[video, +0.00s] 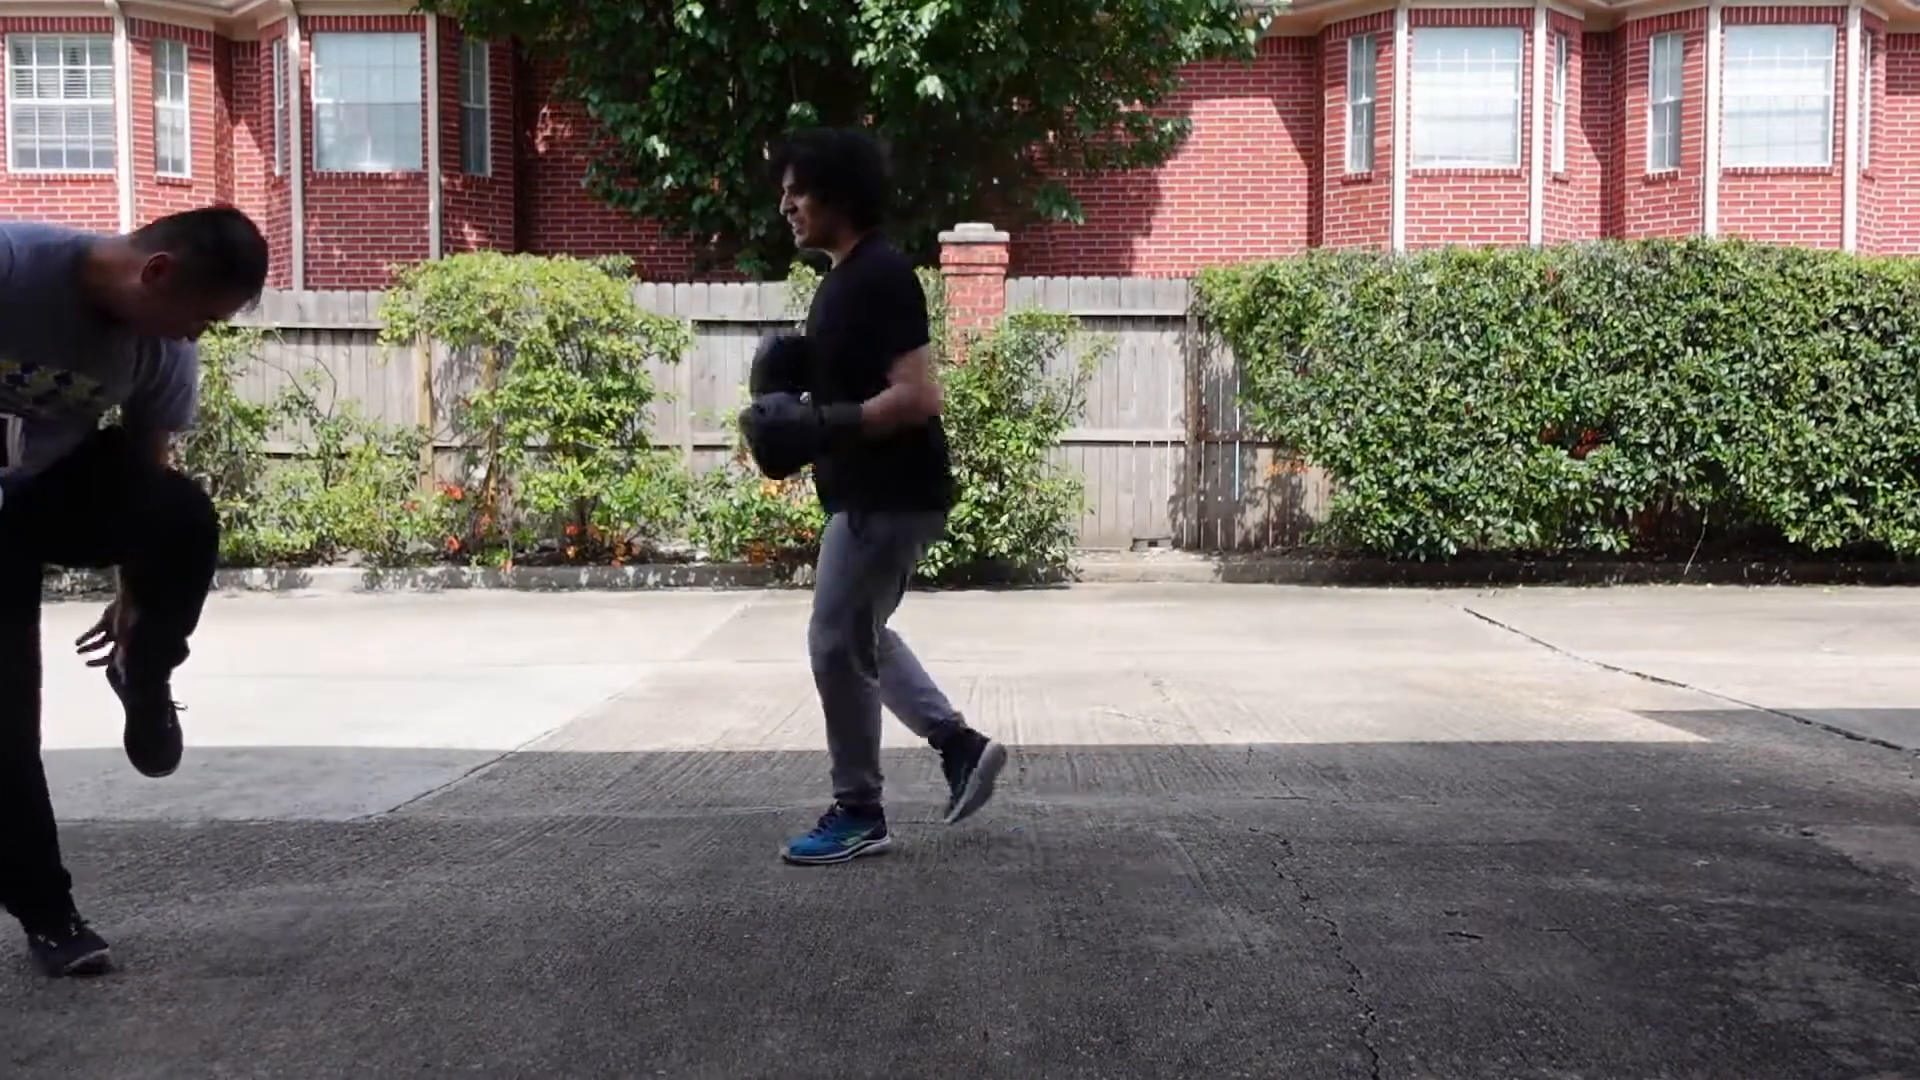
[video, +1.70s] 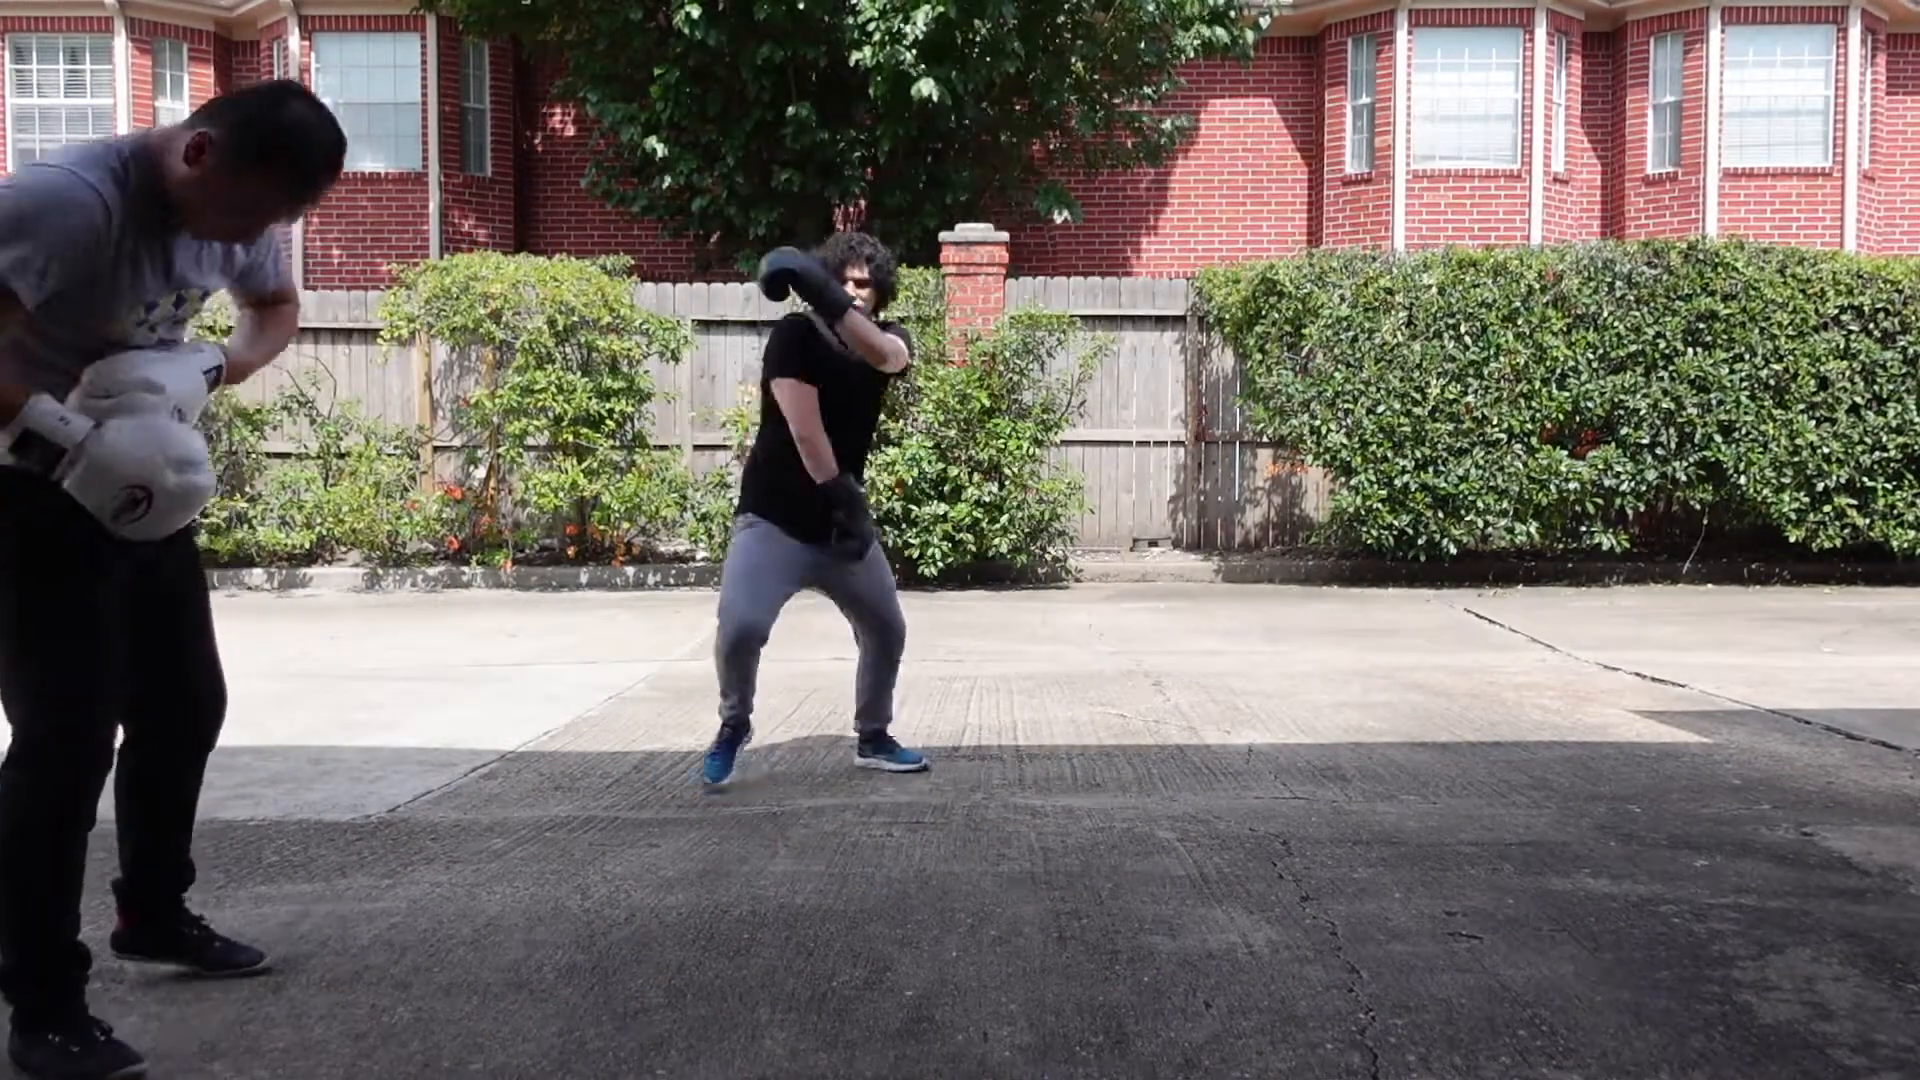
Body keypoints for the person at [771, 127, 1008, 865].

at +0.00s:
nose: (788, 208)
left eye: (799, 195)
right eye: (787, 195)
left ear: (839, 198)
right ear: (835, 204)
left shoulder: (882, 277)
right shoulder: (845, 278)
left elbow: (921, 397)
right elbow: (866, 373)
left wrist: (822, 420)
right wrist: (805, 363)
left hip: (890, 500)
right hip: (869, 496)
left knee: (834, 645)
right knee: (858, 634)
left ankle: (859, 814)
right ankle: (959, 745)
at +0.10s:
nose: (773, 196)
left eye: (784, 183)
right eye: (770, 184)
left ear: (827, 186)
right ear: (800, 191)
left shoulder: (868, 266)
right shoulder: (823, 265)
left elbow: (900, 386)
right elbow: (838, 365)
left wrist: (812, 457)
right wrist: (783, 382)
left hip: (873, 487)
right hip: (835, 482)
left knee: (838, 641)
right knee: (795, 615)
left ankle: (858, 812)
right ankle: (889, 748)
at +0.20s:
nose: (763, 195)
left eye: (774, 182)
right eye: (761, 183)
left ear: (818, 184)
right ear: (785, 188)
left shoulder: (859, 261)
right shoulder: (804, 261)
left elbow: (891, 386)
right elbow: (817, 364)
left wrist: (827, 470)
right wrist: (768, 398)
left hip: (854, 490)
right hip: (797, 483)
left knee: (830, 642)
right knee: (767, 621)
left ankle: (860, 810)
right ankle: (808, 758)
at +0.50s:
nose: (734, 228)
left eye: (745, 216)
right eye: (730, 216)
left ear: (786, 215)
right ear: (735, 220)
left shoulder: (840, 292)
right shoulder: (728, 287)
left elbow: (881, 393)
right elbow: (705, 370)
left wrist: (848, 453)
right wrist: (689, 406)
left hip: (804, 507)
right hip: (730, 504)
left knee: (820, 655)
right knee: (728, 649)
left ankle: (851, 804)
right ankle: (751, 778)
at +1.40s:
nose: (837, 266)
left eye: (850, 256)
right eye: (828, 254)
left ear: (871, 265)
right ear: (814, 258)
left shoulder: (886, 325)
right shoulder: (776, 309)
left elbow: (908, 409)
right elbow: (729, 385)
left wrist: (879, 356)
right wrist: (748, 429)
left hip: (854, 511)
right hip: (776, 511)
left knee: (872, 632)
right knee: (750, 632)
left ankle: (886, 747)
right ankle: (743, 737)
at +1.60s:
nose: (854, 282)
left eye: (865, 273)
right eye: (845, 271)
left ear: (878, 281)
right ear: (822, 272)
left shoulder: (881, 333)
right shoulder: (785, 324)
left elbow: (897, 362)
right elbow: (766, 406)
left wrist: (841, 299)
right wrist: (780, 495)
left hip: (848, 516)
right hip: (774, 516)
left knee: (892, 612)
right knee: (751, 638)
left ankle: (870, 731)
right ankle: (749, 738)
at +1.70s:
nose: (855, 293)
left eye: (866, 285)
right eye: (846, 283)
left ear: (880, 292)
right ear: (824, 284)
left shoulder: (889, 341)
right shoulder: (793, 336)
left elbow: (885, 354)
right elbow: (805, 432)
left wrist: (821, 289)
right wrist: (845, 503)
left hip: (843, 526)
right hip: (772, 523)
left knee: (887, 631)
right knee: (738, 630)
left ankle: (873, 737)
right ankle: (733, 724)